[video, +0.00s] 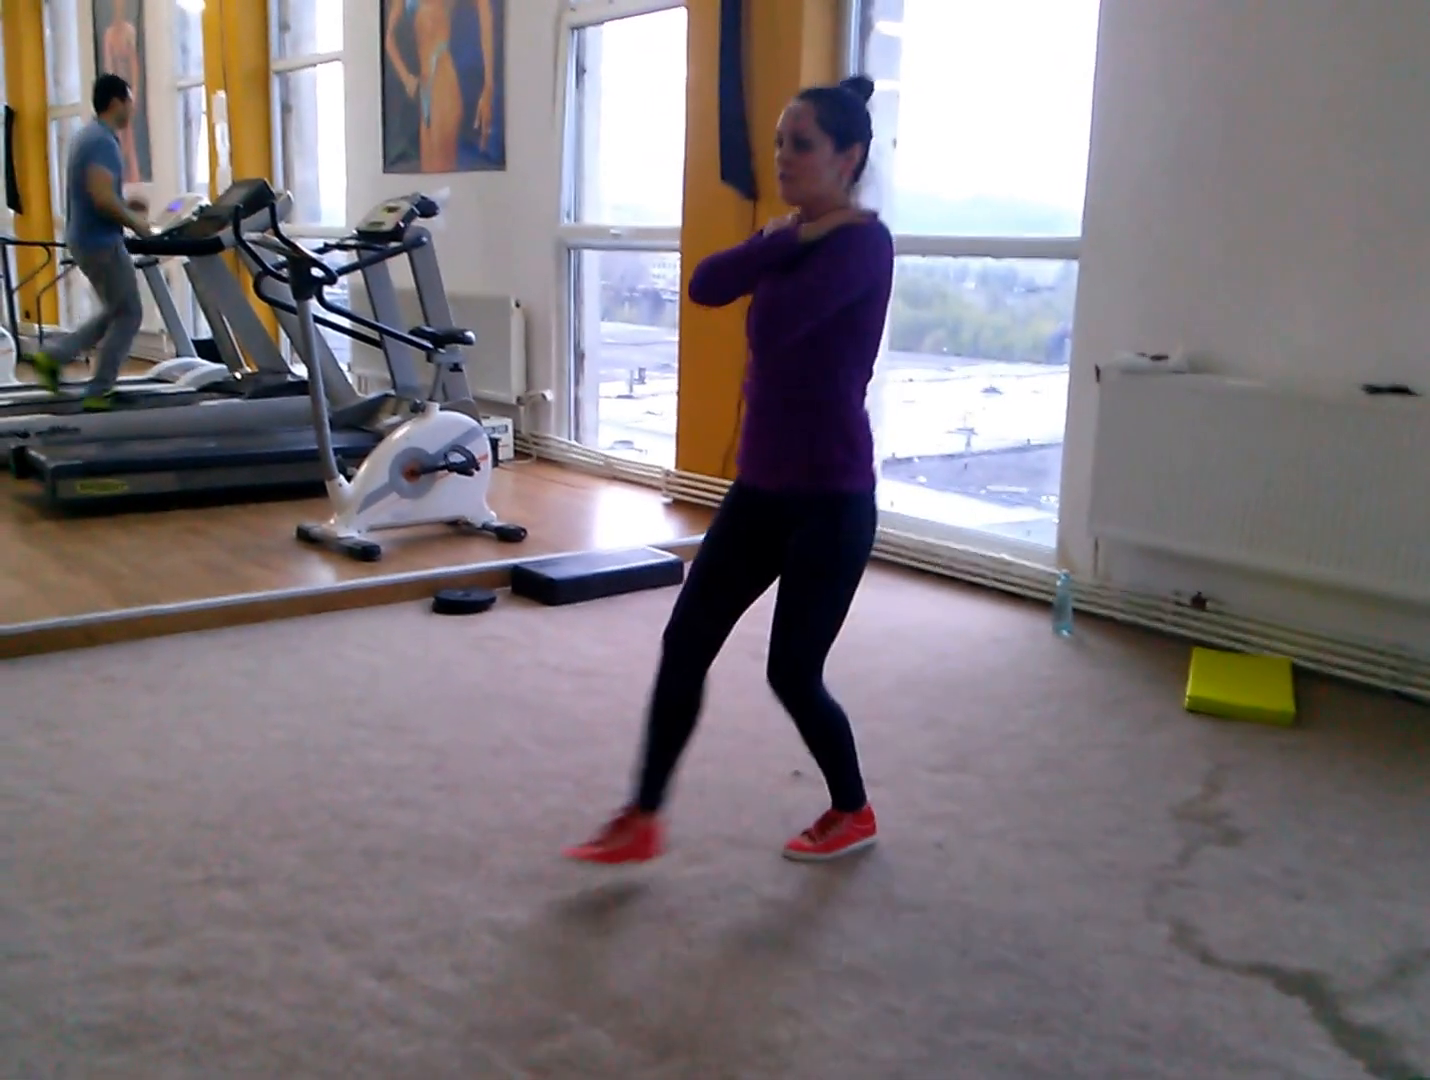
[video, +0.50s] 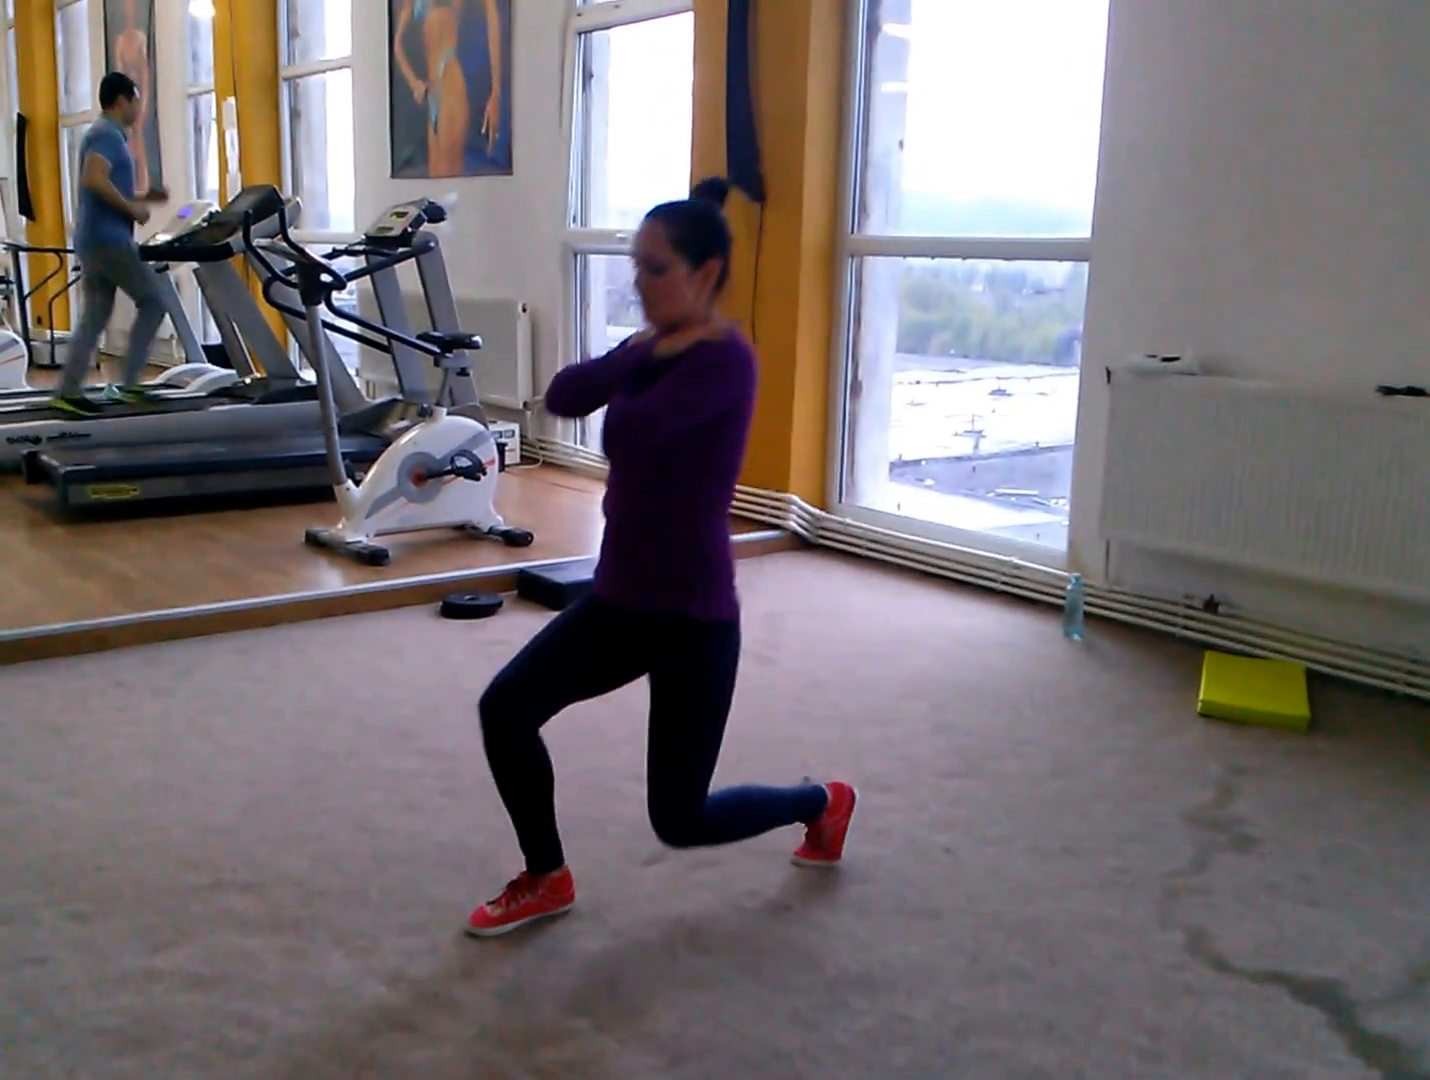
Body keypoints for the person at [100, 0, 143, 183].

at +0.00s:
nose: (119, 9)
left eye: (121, 6)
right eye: (117, 6)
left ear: (124, 8)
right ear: (113, 9)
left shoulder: (129, 29)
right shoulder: (109, 32)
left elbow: (133, 59)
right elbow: (108, 61)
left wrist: (135, 89)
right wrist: (108, 85)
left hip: (127, 86)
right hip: (114, 87)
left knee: (128, 127)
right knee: (116, 128)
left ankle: (133, 171)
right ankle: (119, 169)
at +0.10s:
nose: (122, 9)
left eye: (124, 6)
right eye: (120, 6)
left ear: (127, 9)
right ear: (116, 9)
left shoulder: (132, 31)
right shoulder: (111, 33)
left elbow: (135, 59)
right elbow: (110, 61)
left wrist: (136, 88)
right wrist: (108, 84)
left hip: (129, 87)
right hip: (114, 87)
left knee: (130, 129)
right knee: (115, 129)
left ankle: (134, 175)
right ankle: (117, 172)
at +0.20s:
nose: (123, 11)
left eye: (125, 7)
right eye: (120, 7)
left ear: (129, 9)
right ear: (117, 9)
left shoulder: (134, 33)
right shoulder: (114, 35)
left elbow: (138, 60)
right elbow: (112, 61)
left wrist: (138, 86)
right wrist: (112, 82)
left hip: (132, 86)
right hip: (117, 86)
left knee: (131, 128)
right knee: (119, 128)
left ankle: (137, 175)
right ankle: (122, 172)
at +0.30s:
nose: (124, 10)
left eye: (127, 6)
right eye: (122, 6)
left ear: (131, 9)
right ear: (119, 9)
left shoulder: (137, 34)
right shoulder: (116, 35)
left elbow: (140, 63)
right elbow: (114, 63)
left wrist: (140, 92)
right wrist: (114, 86)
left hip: (135, 88)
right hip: (121, 88)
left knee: (133, 128)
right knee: (121, 128)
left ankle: (138, 174)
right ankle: (123, 172)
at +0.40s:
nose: (127, 15)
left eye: (129, 10)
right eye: (125, 11)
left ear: (133, 13)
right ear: (122, 14)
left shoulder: (140, 37)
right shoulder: (118, 39)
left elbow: (143, 67)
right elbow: (116, 68)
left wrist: (143, 96)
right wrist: (116, 93)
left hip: (138, 89)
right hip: (124, 89)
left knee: (136, 132)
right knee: (125, 133)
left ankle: (141, 176)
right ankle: (128, 174)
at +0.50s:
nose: (129, 11)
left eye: (131, 7)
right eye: (126, 7)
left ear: (135, 10)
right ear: (123, 11)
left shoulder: (140, 38)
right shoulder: (120, 40)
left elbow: (144, 69)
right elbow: (118, 68)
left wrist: (145, 99)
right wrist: (118, 91)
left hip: (140, 93)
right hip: (124, 93)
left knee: (138, 132)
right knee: (127, 134)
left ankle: (142, 178)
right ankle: (129, 177)